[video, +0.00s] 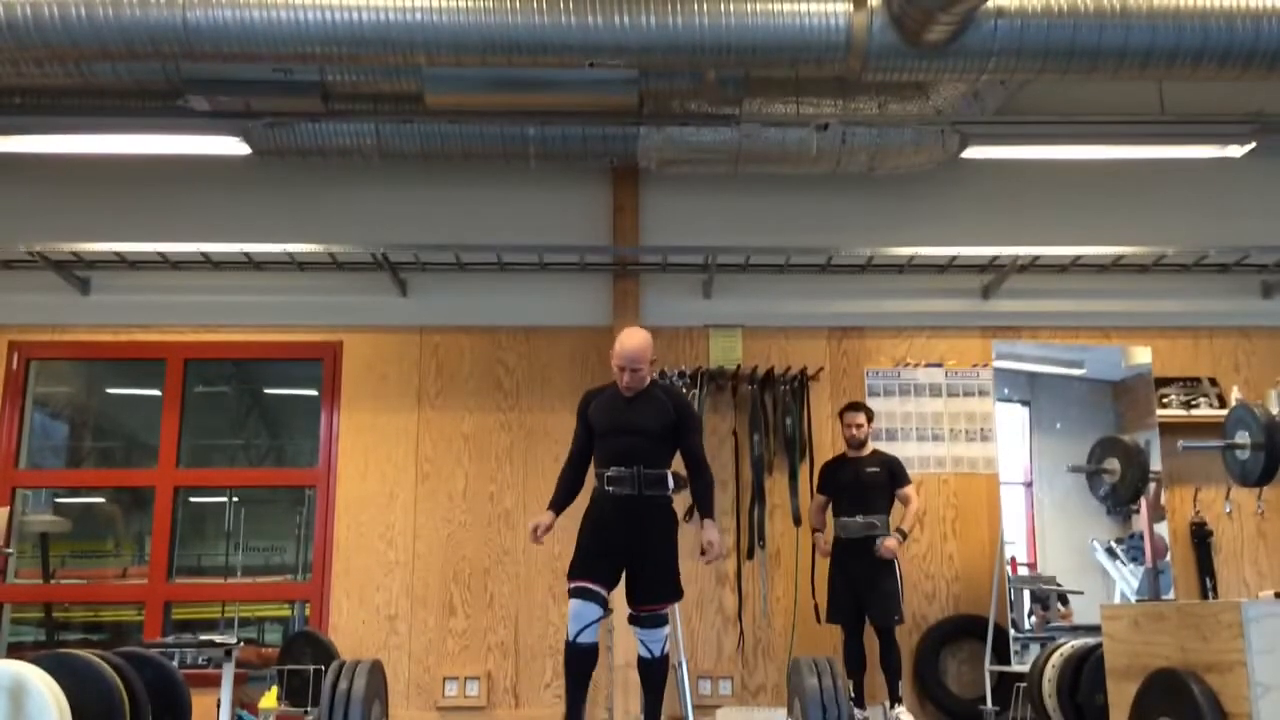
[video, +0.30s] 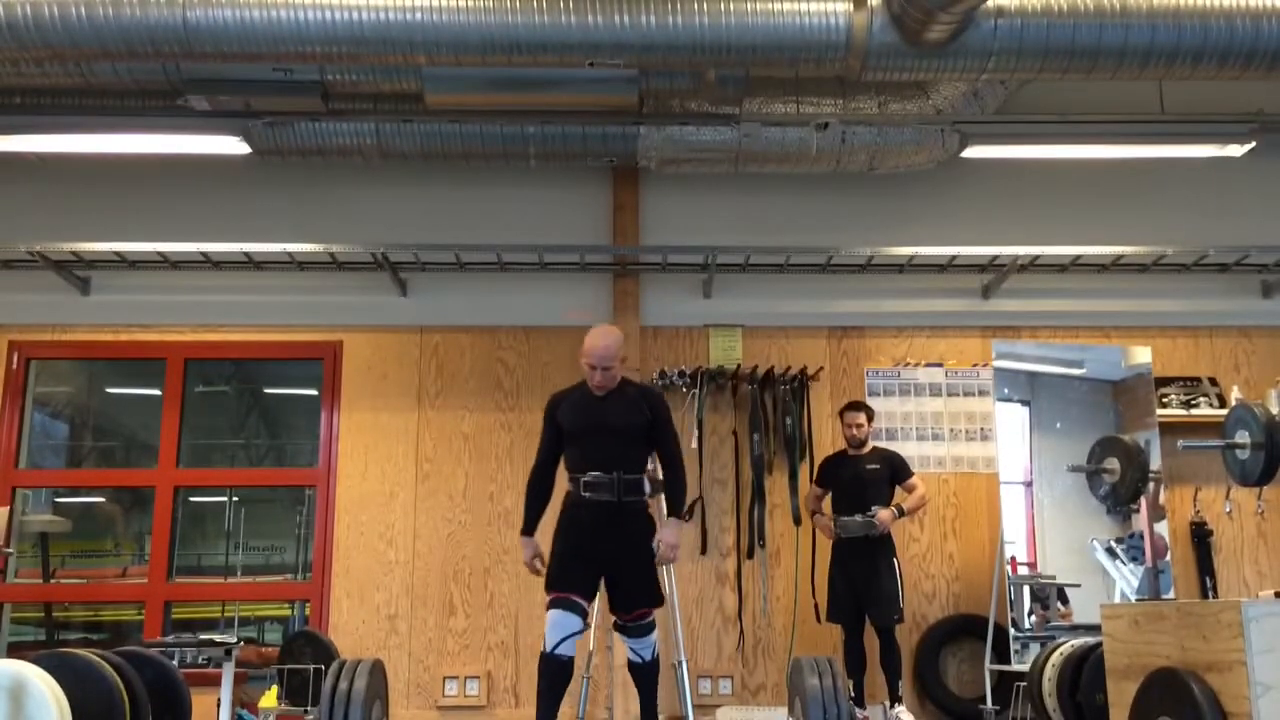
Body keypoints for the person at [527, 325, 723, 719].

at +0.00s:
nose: (625, 378)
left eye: (635, 370)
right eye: (620, 368)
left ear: (652, 364)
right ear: (611, 360)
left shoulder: (674, 404)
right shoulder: (594, 402)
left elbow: (697, 465)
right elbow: (577, 462)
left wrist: (709, 522)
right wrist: (552, 510)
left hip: (654, 524)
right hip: (603, 520)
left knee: (651, 628)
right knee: (581, 616)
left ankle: (652, 714)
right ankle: (573, 713)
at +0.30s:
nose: (598, 377)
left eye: (607, 368)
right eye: (591, 367)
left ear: (622, 362)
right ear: (581, 359)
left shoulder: (648, 402)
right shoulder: (562, 406)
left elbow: (672, 463)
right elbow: (544, 470)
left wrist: (674, 520)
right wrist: (527, 532)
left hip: (631, 528)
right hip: (578, 526)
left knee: (639, 633)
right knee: (561, 630)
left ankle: (650, 714)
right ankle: (545, 716)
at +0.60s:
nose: (576, 354)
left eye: (580, 344)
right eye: (565, 347)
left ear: (591, 336)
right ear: (548, 344)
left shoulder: (620, 380)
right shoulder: (526, 386)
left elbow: (648, 442)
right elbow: (498, 447)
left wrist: (665, 501)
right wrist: (475, 505)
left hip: (610, 511)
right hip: (555, 512)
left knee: (642, 613)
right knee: (552, 622)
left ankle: (630, 714)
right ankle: (543, 718)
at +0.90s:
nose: (582, 352)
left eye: (590, 343)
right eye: (574, 343)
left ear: (604, 333)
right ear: (560, 333)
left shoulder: (630, 376)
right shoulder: (535, 376)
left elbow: (659, 441)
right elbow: (504, 433)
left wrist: (678, 500)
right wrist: (474, 477)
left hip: (612, 514)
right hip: (556, 512)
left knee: (630, 627)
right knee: (550, 630)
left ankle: (644, 717)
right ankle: (544, 717)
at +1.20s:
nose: (608, 348)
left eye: (620, 340)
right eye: (601, 337)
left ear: (636, 329)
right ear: (589, 320)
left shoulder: (659, 373)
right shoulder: (561, 362)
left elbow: (687, 442)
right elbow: (531, 430)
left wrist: (698, 504)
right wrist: (503, 495)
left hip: (627, 507)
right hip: (564, 500)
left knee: (641, 626)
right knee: (525, 607)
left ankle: (647, 719)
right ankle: (526, 715)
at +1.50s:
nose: (589, 348)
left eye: (600, 340)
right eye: (582, 337)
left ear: (616, 328)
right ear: (567, 317)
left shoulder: (638, 369)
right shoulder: (534, 362)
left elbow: (669, 436)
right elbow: (504, 431)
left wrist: (690, 498)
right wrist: (482, 499)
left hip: (612, 505)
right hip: (549, 503)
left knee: (641, 625)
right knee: (531, 626)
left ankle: (646, 718)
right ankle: (517, 718)